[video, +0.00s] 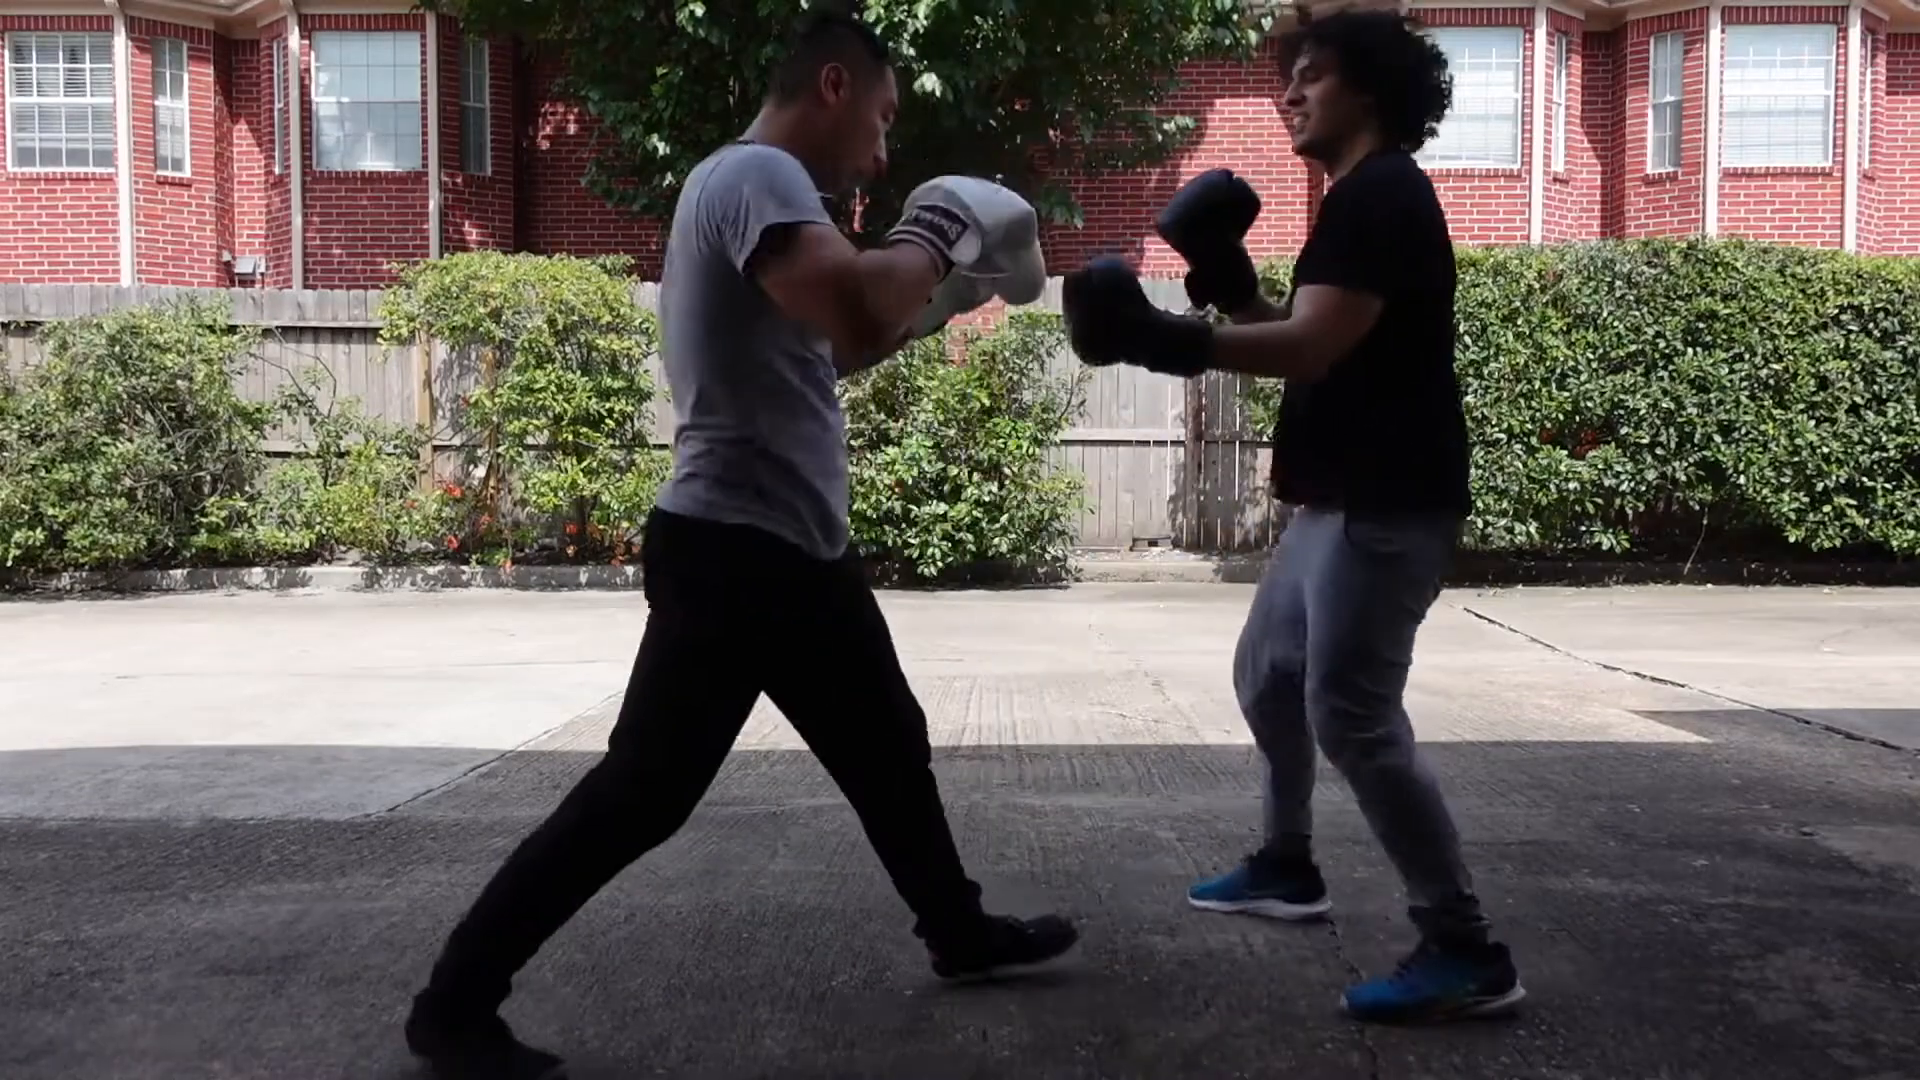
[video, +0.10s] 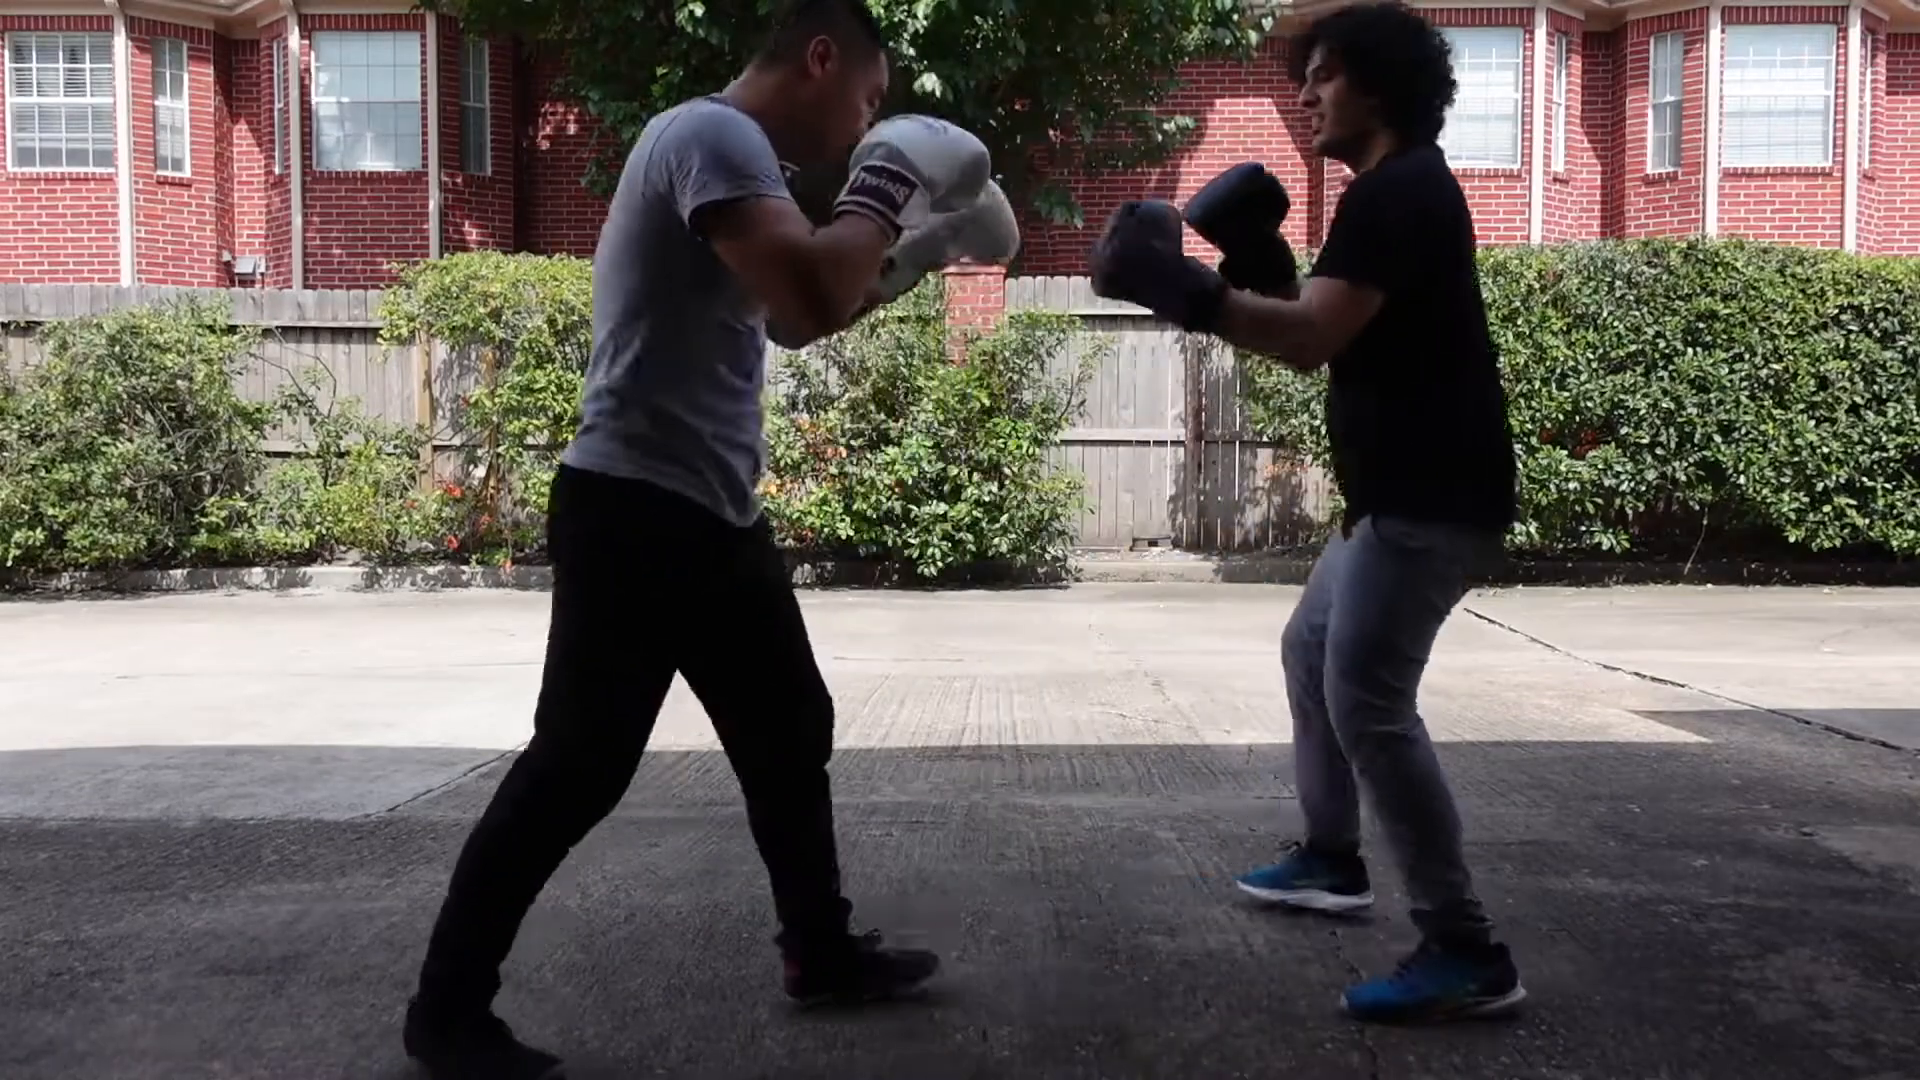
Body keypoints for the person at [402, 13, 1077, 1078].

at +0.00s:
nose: (884, 147)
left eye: (891, 124)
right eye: (884, 116)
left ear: (812, 84)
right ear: (832, 84)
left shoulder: (755, 195)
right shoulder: (754, 173)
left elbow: (850, 346)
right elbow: (846, 306)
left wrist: (956, 277)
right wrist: (940, 225)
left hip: (788, 550)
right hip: (737, 547)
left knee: (889, 752)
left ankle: (962, 932)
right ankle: (456, 1001)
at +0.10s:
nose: (865, 124)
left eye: (875, 109)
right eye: (871, 101)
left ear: (802, 60)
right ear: (819, 57)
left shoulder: (739, 159)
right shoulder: (711, 131)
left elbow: (800, 317)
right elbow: (807, 288)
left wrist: (920, 249)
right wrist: (888, 183)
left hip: (703, 513)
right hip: (634, 507)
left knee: (790, 731)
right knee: (578, 766)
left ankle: (821, 950)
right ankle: (447, 1011)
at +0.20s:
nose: (847, 81)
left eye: (857, 61)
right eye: (854, 53)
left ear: (783, 26)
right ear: (806, 20)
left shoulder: (733, 135)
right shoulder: (672, 80)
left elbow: (805, 274)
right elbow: (790, 247)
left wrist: (904, 171)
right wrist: (860, 125)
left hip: (657, 477)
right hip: (568, 456)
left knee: (695, 712)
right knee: (542, 733)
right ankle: (440, 996)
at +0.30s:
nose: (802, 88)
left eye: (815, 67)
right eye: (807, 60)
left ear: (756, 30)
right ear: (760, 26)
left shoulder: (703, 149)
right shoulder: (627, 98)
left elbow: (789, 286)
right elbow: (765, 258)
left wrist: (866, 173)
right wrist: (824, 125)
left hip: (621, 499)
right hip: (543, 479)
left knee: (572, 758)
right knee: (497, 749)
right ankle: (382, 1027)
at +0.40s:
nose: (774, 120)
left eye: (784, 101)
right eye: (781, 91)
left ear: (730, 51)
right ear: (739, 55)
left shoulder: (653, 158)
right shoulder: (600, 131)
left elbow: (764, 315)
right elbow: (742, 301)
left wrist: (830, 184)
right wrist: (799, 159)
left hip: (580, 521)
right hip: (527, 511)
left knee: (529, 778)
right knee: (507, 779)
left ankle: (317, 967)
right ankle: (383, 1039)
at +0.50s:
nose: (784, 99)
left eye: (793, 82)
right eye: (791, 72)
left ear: (724, 35)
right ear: (748, 35)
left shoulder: (646, 127)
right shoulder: (613, 101)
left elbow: (733, 296)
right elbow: (748, 280)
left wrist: (811, 197)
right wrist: (818, 152)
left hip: (604, 495)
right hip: (531, 485)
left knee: (646, 733)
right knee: (493, 754)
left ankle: (437, 928)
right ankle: (391, 1035)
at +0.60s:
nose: (806, 73)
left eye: (815, 54)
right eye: (810, 46)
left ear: (727, 22)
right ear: (757, 20)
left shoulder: (634, 107)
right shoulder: (648, 94)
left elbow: (676, 301)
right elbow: (792, 273)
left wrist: (801, 182)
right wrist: (850, 138)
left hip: (634, 493)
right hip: (555, 491)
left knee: (697, 717)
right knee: (504, 760)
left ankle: (596, 960)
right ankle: (390, 1033)